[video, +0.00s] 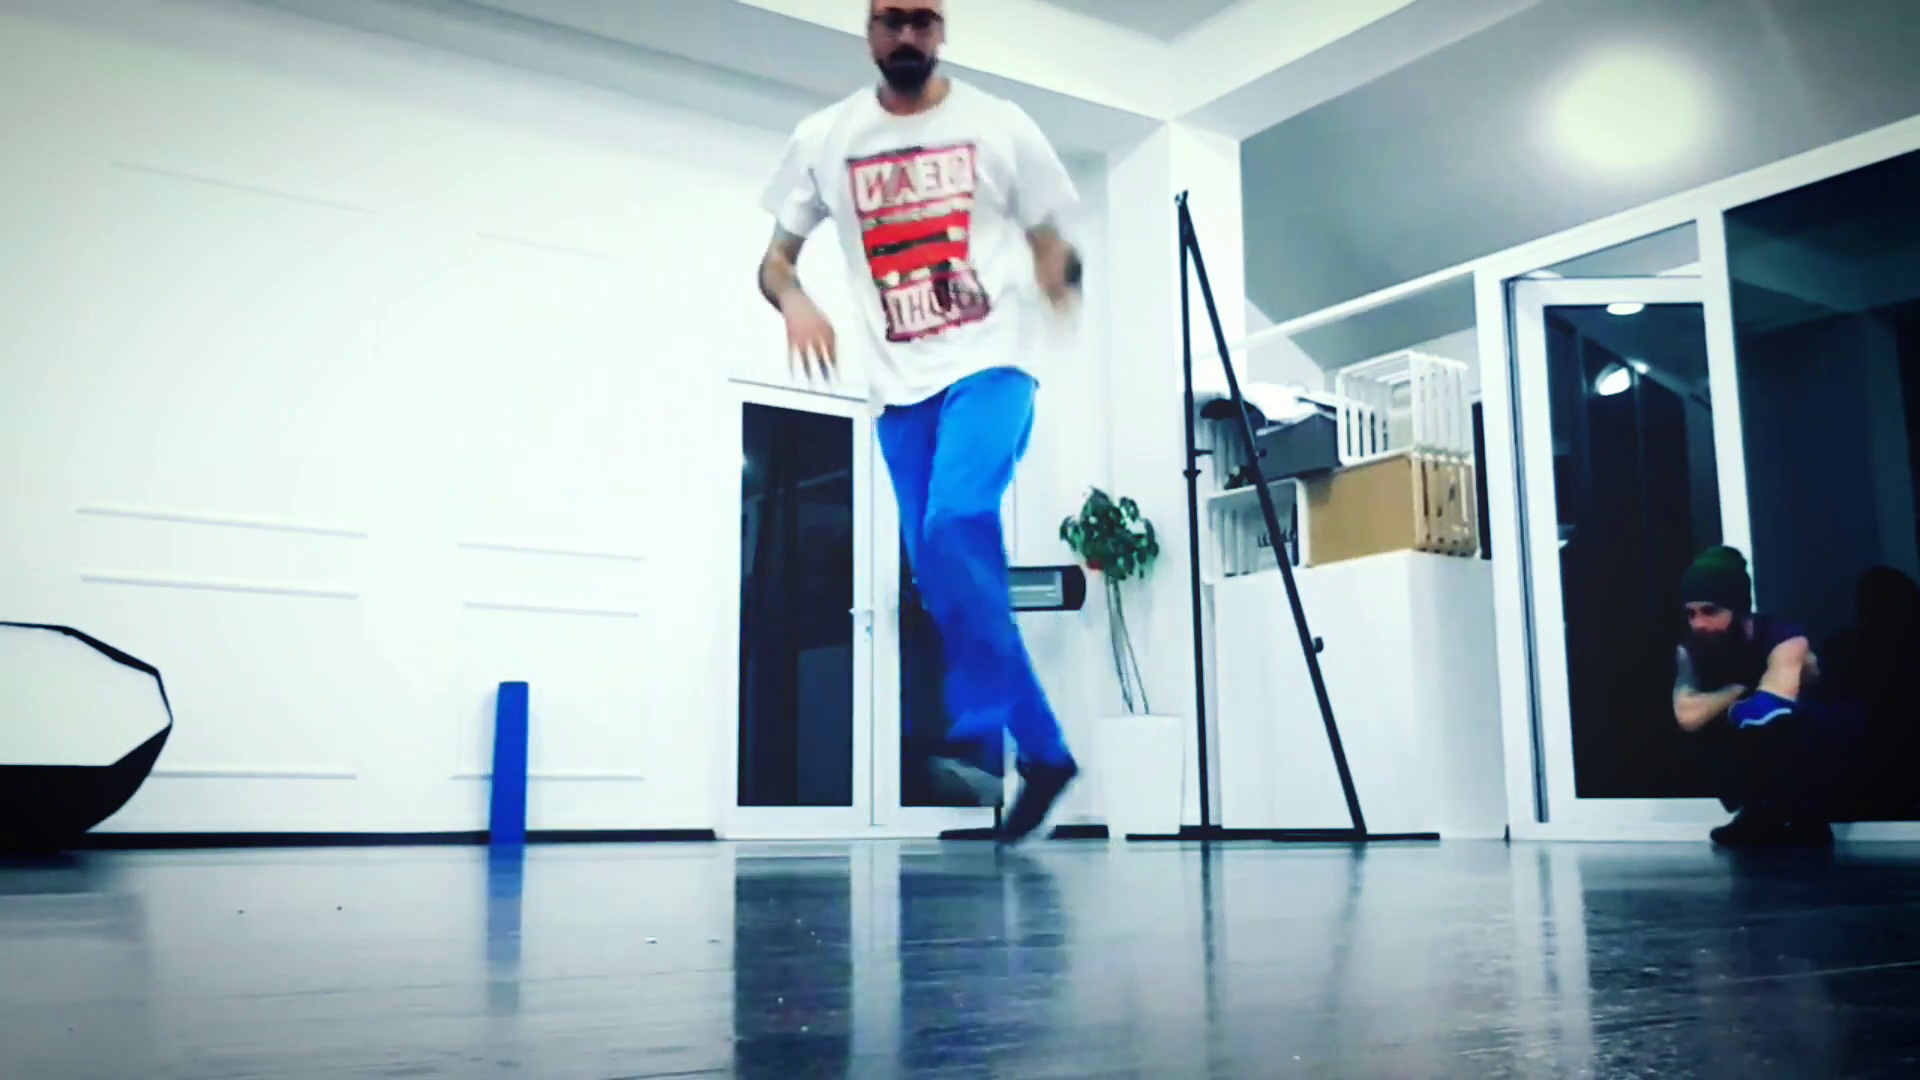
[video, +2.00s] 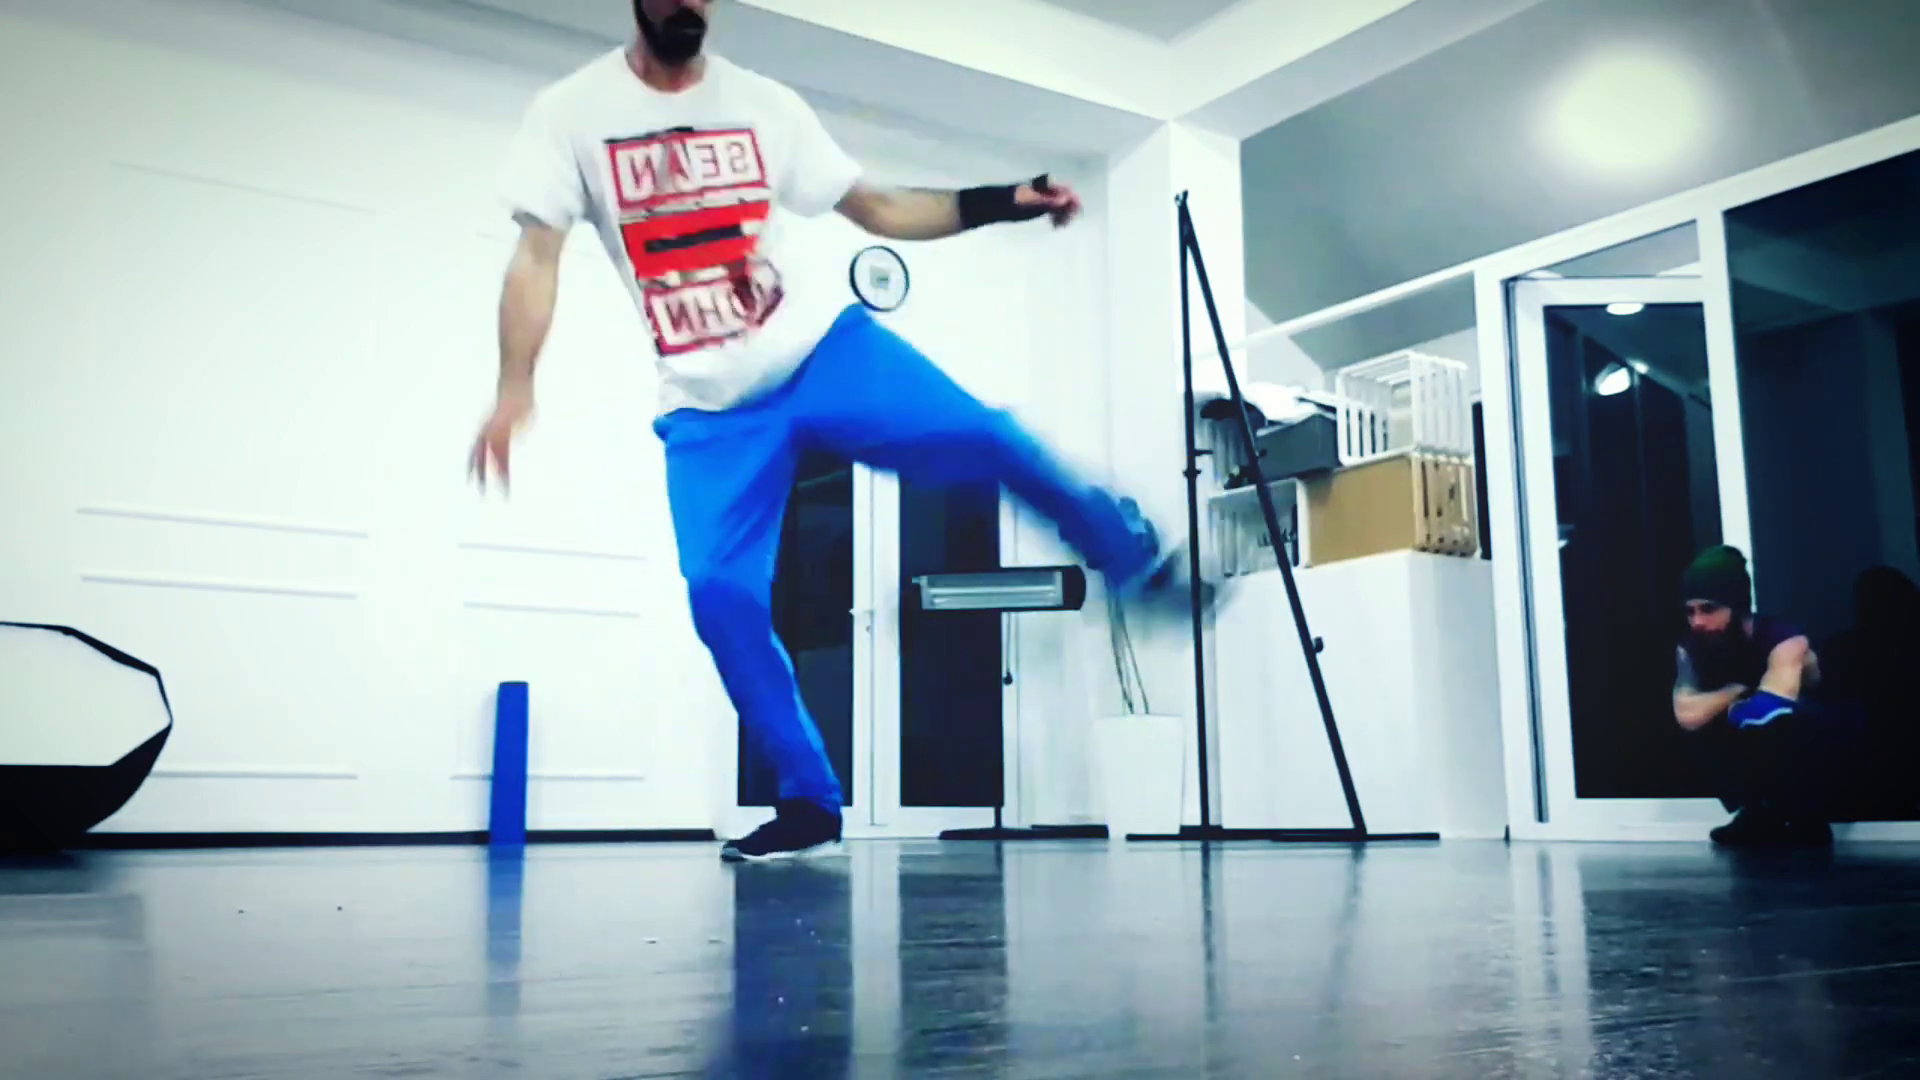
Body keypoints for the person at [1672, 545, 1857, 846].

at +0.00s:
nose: (1698, 624)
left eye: (1709, 612)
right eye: (1691, 614)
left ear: (1738, 608)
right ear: (1685, 613)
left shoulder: (1782, 639)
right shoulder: (1690, 652)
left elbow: (1772, 706)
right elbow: (1687, 715)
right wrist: (1738, 690)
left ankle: (1805, 820)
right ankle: (1756, 813)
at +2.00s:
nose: (1697, 622)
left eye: (1708, 610)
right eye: (1691, 612)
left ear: (1736, 605)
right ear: (1685, 611)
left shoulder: (1782, 638)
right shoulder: (1691, 651)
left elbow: (1773, 705)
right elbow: (1688, 715)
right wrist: (1737, 691)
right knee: (1704, 726)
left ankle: (1802, 819)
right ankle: (1755, 814)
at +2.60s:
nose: (1697, 623)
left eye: (1708, 611)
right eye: (1690, 613)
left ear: (1736, 607)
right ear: (1684, 612)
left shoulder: (1779, 637)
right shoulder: (1690, 652)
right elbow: (1688, 715)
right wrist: (1738, 690)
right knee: (1704, 727)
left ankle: (1802, 819)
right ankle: (1755, 814)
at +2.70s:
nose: (1697, 623)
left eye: (1708, 611)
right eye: (1690, 613)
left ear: (1736, 607)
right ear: (1684, 612)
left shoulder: (1777, 637)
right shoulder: (1691, 652)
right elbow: (1688, 715)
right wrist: (1738, 689)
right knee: (1704, 728)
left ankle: (1802, 819)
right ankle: (1755, 814)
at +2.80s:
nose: (1697, 624)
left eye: (1709, 611)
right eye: (1690, 613)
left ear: (1736, 606)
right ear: (1684, 612)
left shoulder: (1777, 638)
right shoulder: (1691, 652)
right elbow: (1688, 715)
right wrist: (1738, 689)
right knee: (1705, 727)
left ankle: (1802, 819)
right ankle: (1755, 814)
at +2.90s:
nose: (1697, 623)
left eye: (1708, 611)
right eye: (1690, 613)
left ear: (1736, 607)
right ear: (1684, 612)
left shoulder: (1780, 638)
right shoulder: (1691, 652)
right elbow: (1688, 715)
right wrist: (1739, 690)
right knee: (1704, 727)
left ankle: (1802, 818)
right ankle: (1754, 814)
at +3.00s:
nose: (1697, 622)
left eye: (1708, 610)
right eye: (1690, 612)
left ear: (1737, 607)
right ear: (1684, 611)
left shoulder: (1778, 637)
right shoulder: (1691, 650)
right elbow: (1687, 714)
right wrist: (1739, 689)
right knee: (1704, 726)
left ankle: (1802, 818)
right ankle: (1754, 814)